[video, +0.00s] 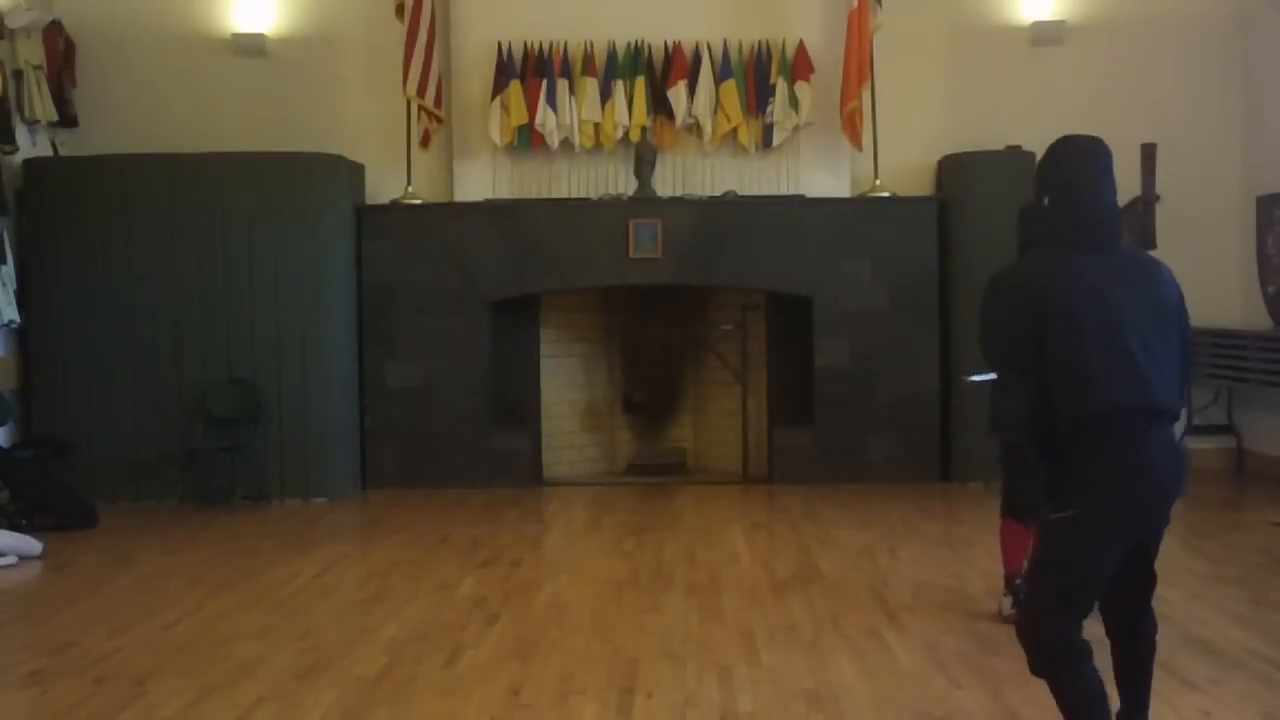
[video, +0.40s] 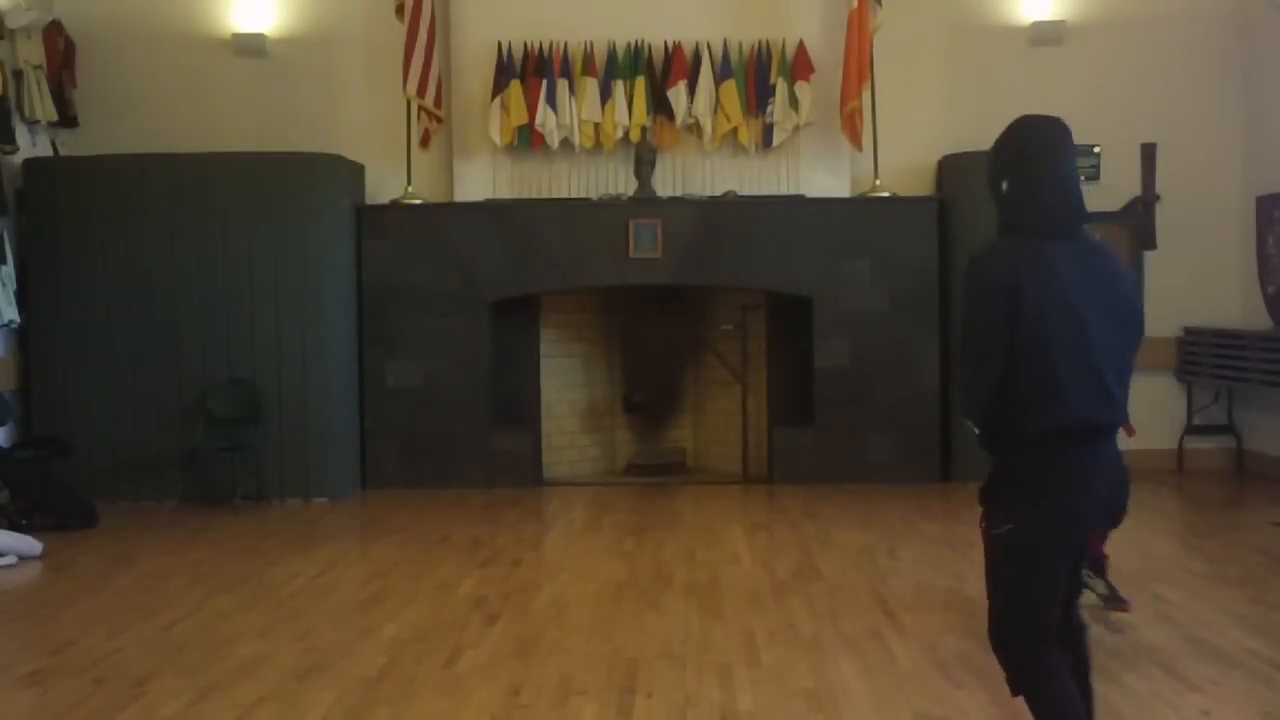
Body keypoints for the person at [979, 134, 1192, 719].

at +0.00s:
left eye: (1050, 192)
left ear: (1046, 198)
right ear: (1110, 197)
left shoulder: (1019, 284)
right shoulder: (1154, 276)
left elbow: (1014, 400)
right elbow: (1180, 376)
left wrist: (1030, 496)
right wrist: (1151, 433)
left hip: (1084, 468)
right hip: (1157, 463)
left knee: (1047, 622)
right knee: (1130, 602)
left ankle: (1094, 709)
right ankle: (1134, 709)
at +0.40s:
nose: (997, 192)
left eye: (1000, 180)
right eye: (1002, 180)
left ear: (1009, 185)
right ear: (1071, 180)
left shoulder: (999, 265)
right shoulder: (1106, 266)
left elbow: (976, 385)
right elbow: (1123, 353)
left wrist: (1005, 435)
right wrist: (1087, 423)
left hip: (1030, 472)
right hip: (1097, 468)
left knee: (1018, 631)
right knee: (1059, 617)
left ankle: (1066, 710)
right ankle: (1078, 708)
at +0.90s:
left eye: (856, 173)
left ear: (852, 180)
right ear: (916, 184)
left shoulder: (829, 266)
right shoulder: (947, 271)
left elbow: (819, 378)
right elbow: (967, 369)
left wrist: (848, 451)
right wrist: (937, 439)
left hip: (878, 470)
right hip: (930, 466)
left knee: (917, 644)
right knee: (853, 626)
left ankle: (1001, 711)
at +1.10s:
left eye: (777, 156)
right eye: (838, 161)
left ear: (775, 164)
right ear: (840, 168)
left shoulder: (750, 252)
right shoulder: (873, 253)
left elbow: (722, 374)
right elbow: (897, 367)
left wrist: (773, 413)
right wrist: (853, 410)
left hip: (784, 465)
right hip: (857, 465)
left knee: (728, 616)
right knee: (837, 627)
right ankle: (846, 715)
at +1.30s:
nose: (760, 187)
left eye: (756, 176)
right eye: (758, 176)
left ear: (689, 178)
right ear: (754, 180)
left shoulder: (652, 263)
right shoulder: (790, 262)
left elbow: (611, 383)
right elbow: (817, 387)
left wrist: (663, 443)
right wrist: (781, 438)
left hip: (685, 478)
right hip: (766, 480)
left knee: (633, 645)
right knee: (787, 632)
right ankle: (826, 709)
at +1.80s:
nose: (577, 181)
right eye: (573, 169)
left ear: (489, 170)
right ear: (565, 178)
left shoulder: (444, 259)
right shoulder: (582, 265)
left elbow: (380, 367)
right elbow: (625, 383)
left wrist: (343, 468)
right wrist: (646, 476)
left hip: (474, 486)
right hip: (555, 487)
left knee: (522, 644)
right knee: (535, 657)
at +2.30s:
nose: (432, 176)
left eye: (430, 159)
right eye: (427, 160)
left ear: (340, 159)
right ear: (405, 170)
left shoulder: (277, 255)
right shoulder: (418, 264)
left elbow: (261, 386)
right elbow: (446, 410)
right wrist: (485, 424)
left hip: (291, 499)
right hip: (384, 506)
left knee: (252, 663)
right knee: (409, 687)